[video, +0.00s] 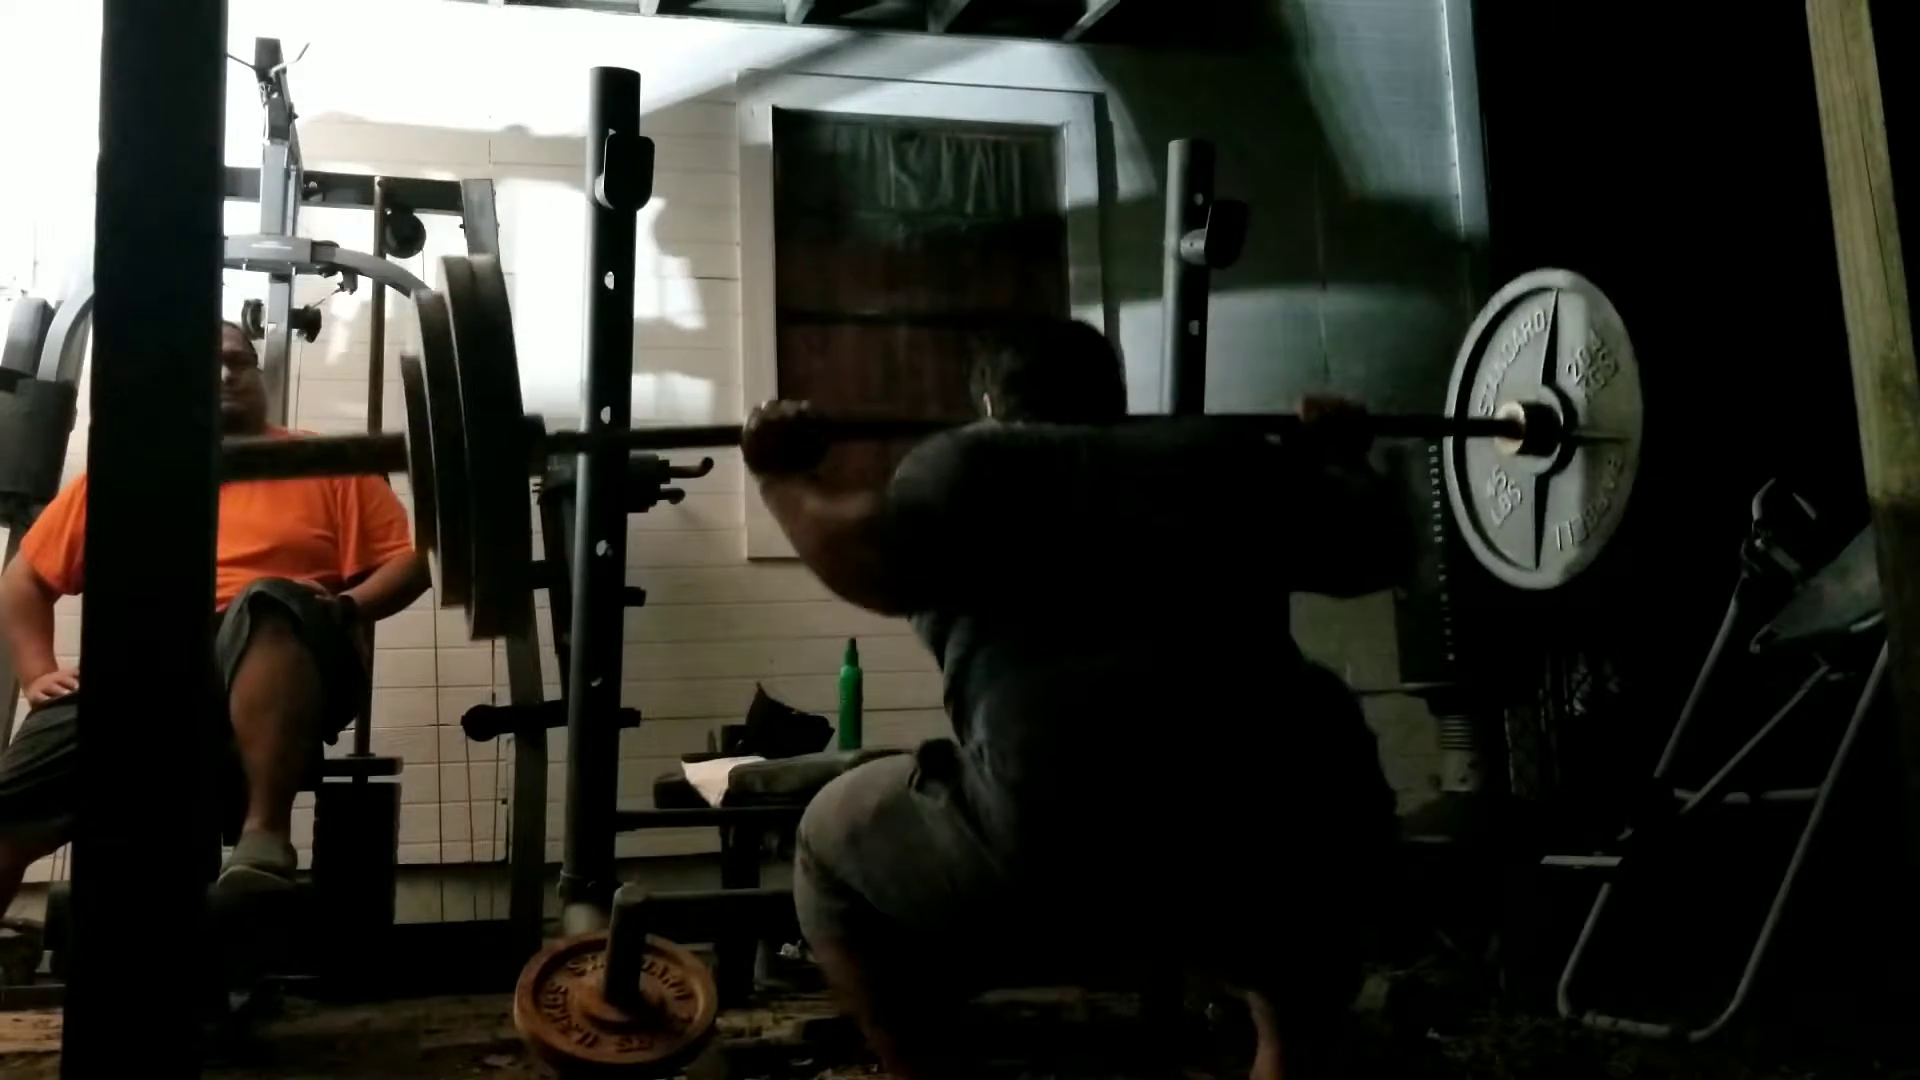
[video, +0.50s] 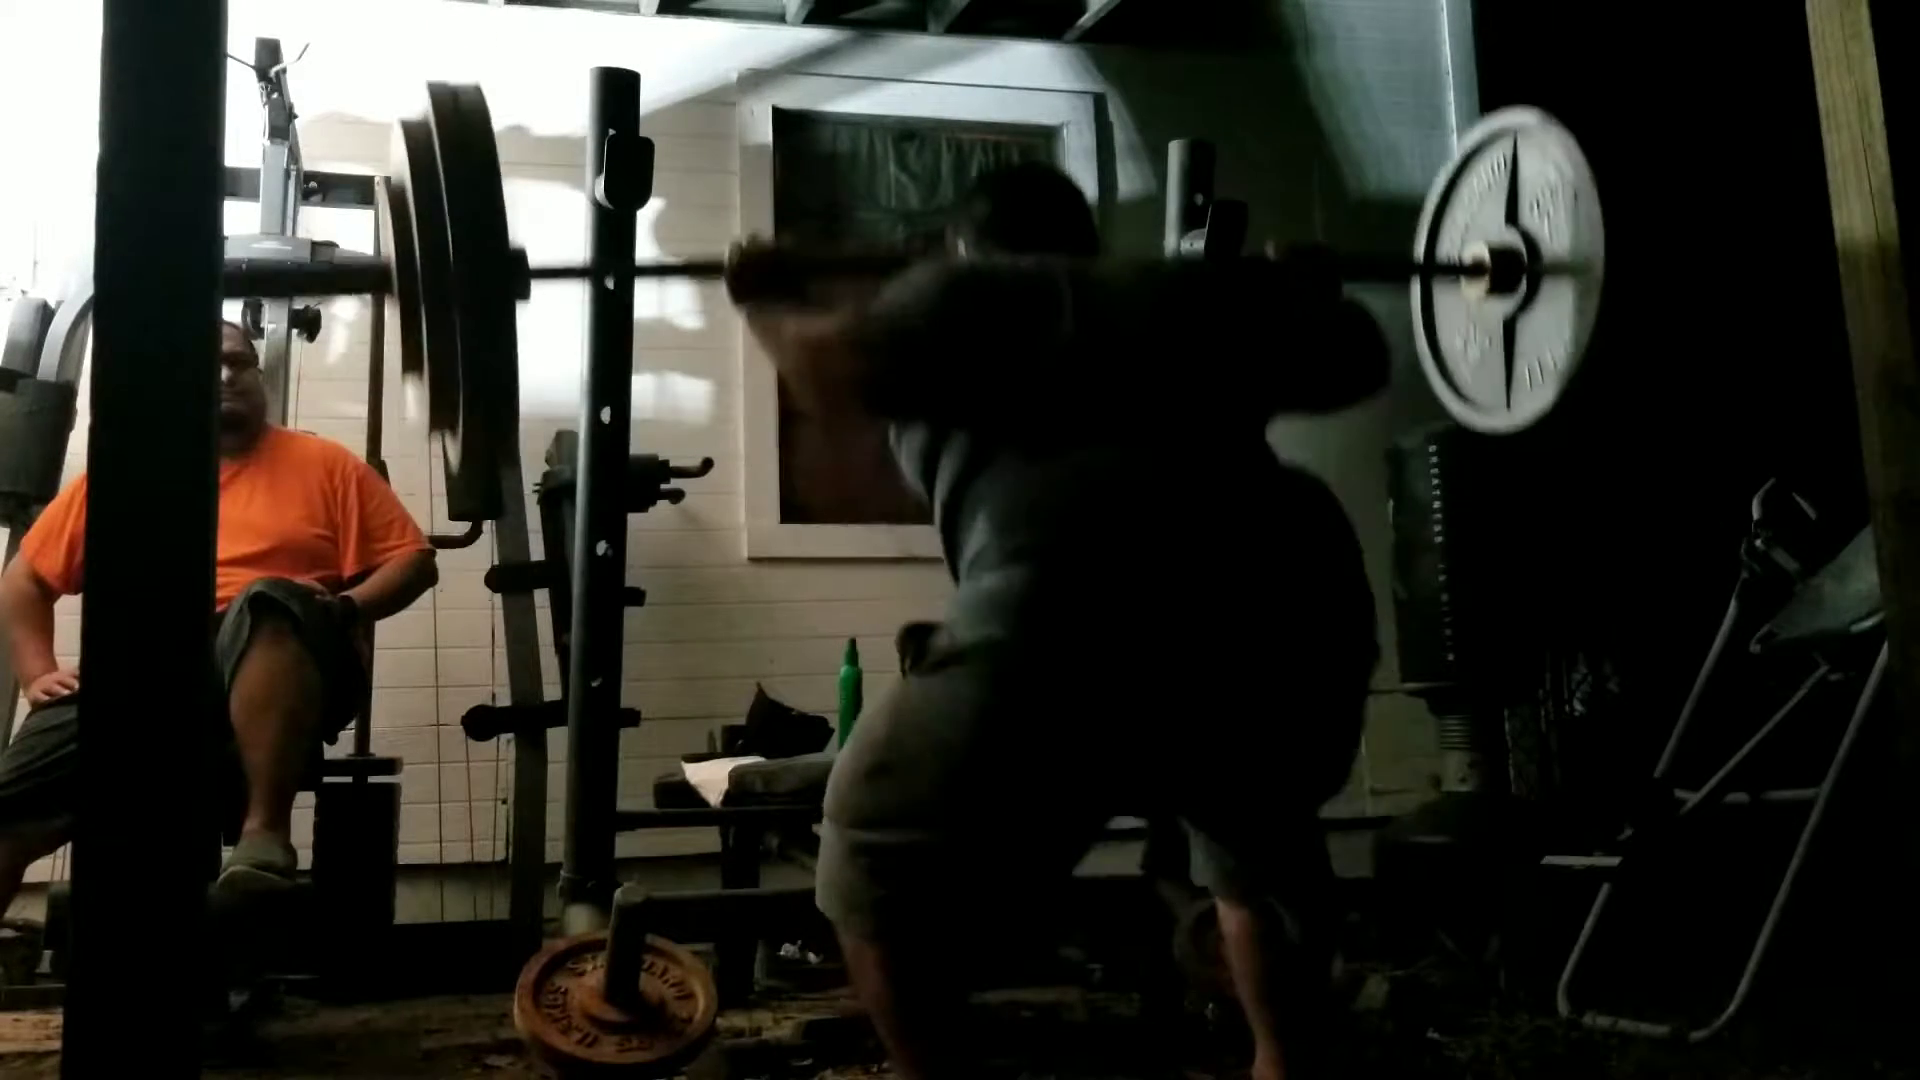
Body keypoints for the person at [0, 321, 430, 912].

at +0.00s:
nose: (226, 374)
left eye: (238, 362)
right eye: (210, 363)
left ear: (262, 376)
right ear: (185, 378)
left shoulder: (329, 464)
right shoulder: (131, 467)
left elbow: (408, 563)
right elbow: (24, 576)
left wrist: (347, 604)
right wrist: (37, 671)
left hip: (289, 666)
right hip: (147, 664)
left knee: (271, 604)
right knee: (9, 811)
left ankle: (265, 831)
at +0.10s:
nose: (228, 374)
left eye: (239, 362)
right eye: (212, 363)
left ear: (262, 376)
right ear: (185, 377)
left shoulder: (319, 460)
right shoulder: (132, 465)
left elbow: (405, 566)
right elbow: (24, 576)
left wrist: (347, 605)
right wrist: (37, 670)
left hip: (287, 664)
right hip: (147, 664)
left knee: (270, 605)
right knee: (11, 809)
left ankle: (264, 831)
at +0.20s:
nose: (227, 377)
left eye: (238, 363)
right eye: (211, 364)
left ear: (262, 376)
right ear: (184, 380)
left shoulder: (333, 471)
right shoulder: (127, 473)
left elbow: (407, 565)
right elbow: (25, 576)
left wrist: (347, 605)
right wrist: (37, 671)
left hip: (287, 669)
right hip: (144, 667)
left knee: (270, 604)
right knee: (10, 809)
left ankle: (264, 831)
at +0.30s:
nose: (228, 376)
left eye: (238, 360)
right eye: (212, 362)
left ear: (263, 376)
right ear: (182, 377)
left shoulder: (324, 465)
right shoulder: (129, 470)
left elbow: (415, 559)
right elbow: (24, 576)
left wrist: (347, 604)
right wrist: (36, 672)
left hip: (285, 672)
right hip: (142, 669)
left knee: (272, 604)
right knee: (10, 813)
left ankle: (265, 829)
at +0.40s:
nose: (227, 375)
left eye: (241, 361)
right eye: (210, 362)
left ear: (266, 380)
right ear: (185, 380)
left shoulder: (325, 466)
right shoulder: (129, 471)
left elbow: (414, 559)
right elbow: (24, 576)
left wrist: (348, 604)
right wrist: (37, 671)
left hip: (279, 664)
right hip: (140, 665)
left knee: (271, 605)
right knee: (11, 814)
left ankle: (264, 831)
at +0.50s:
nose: (226, 376)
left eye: (238, 362)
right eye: (209, 364)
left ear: (263, 376)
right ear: (184, 380)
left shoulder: (324, 465)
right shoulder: (132, 468)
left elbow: (415, 560)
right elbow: (24, 576)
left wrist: (347, 604)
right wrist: (36, 672)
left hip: (286, 669)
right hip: (145, 667)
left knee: (273, 605)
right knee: (9, 809)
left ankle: (265, 829)